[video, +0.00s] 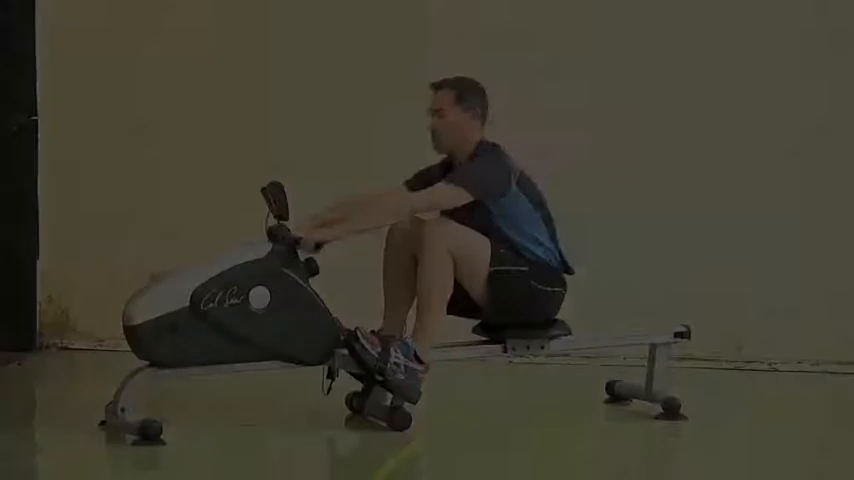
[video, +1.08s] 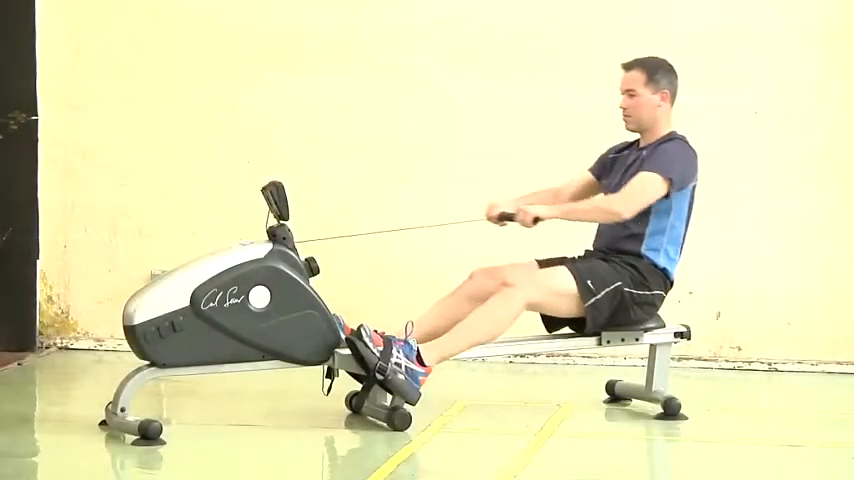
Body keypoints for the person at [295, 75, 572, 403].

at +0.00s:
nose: (430, 123)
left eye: (438, 114)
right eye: (430, 115)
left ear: (471, 117)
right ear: (464, 118)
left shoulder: (491, 165)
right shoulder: (443, 172)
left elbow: (416, 206)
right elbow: (389, 206)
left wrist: (329, 234)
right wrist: (319, 223)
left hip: (535, 290)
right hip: (494, 289)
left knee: (438, 232)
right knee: (402, 230)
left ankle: (417, 356)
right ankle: (389, 342)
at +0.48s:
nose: (483, 111)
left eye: (492, 102)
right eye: (484, 102)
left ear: (523, 106)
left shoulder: (539, 157)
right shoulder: (490, 161)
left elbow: (456, 192)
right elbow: (434, 187)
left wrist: (379, 219)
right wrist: (359, 208)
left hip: (565, 281)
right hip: (526, 277)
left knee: (456, 240)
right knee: (425, 236)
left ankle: (417, 361)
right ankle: (388, 342)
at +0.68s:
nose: (531, 105)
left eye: (541, 96)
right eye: (531, 96)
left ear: (573, 100)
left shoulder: (586, 153)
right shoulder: (533, 154)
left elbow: (503, 184)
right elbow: (479, 180)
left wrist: (424, 211)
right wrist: (406, 200)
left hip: (592, 279)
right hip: (553, 273)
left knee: (477, 250)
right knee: (446, 247)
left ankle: (419, 360)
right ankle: (392, 343)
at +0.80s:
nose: (563, 102)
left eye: (572, 93)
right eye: (563, 94)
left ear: (603, 97)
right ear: (593, 98)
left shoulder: (616, 150)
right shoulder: (562, 152)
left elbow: (535, 182)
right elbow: (512, 180)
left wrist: (460, 204)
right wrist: (444, 196)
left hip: (607, 279)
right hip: (570, 270)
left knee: (492, 258)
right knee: (460, 254)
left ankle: (420, 361)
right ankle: (392, 344)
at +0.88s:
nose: (583, 102)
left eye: (592, 93)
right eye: (583, 93)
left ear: (623, 96)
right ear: (607, 98)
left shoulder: (637, 151)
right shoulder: (581, 152)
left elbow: (555, 187)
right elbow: (530, 182)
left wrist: (483, 205)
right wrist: (464, 196)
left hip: (616, 278)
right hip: (578, 268)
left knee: (501, 266)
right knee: (467, 260)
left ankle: (420, 360)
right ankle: (397, 344)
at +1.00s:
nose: (609, 102)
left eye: (618, 93)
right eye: (610, 94)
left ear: (650, 97)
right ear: (630, 98)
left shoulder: (663, 151)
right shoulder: (609, 154)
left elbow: (597, 198)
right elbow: (550, 187)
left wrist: (523, 210)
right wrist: (493, 201)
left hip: (630, 277)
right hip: (593, 269)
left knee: (513, 276)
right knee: (477, 271)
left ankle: (420, 361)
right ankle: (397, 345)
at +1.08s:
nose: (622, 104)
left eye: (631, 94)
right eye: (622, 95)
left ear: (664, 98)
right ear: (635, 99)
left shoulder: (675, 153)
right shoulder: (621, 154)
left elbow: (620, 208)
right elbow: (570, 193)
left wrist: (548, 212)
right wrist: (513, 205)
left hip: (636, 278)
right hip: (600, 266)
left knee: (518, 288)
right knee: (483, 281)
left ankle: (419, 365)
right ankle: (393, 347)